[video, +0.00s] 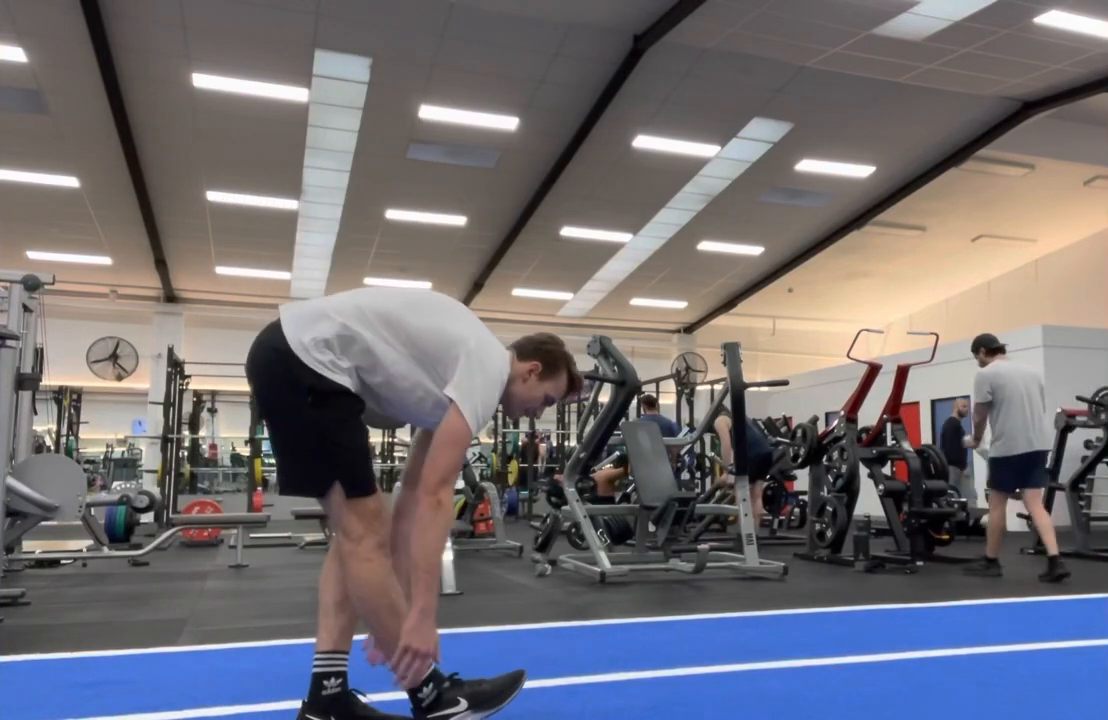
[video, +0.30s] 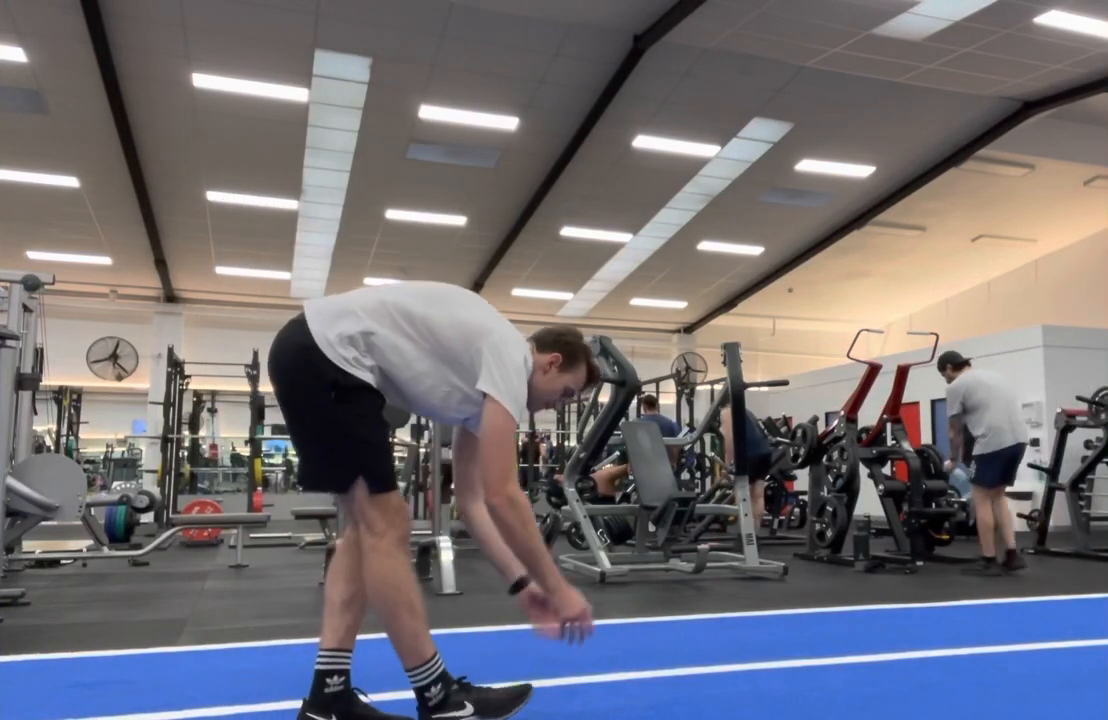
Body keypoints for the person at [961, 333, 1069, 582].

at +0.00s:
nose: (977, 362)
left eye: (976, 358)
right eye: (975, 358)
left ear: (982, 352)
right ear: (1002, 350)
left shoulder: (986, 374)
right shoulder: (1031, 372)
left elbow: (980, 416)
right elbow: (1041, 408)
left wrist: (976, 440)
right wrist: (1029, 434)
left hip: (1006, 448)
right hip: (1039, 445)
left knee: (997, 504)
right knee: (1035, 504)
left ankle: (990, 560)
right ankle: (1056, 561)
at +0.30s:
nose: (945, 380)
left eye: (944, 375)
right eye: (943, 376)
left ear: (949, 368)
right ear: (965, 364)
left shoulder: (956, 386)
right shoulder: (989, 376)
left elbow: (956, 431)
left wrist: (954, 460)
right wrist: (969, 456)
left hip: (992, 442)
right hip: (1018, 438)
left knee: (981, 498)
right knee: (998, 495)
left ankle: (989, 558)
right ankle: (1012, 552)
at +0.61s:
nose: (928, 405)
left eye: (927, 400)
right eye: (926, 402)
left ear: (931, 392)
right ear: (942, 388)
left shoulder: (943, 404)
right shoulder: (963, 394)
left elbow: (945, 446)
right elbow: (987, 430)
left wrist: (944, 478)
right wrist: (974, 463)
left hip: (993, 444)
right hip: (1010, 441)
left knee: (974, 498)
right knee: (985, 498)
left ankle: (988, 558)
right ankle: (982, 552)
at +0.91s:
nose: (920, 418)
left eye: (917, 414)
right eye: (917, 416)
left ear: (921, 406)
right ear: (928, 402)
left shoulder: (938, 411)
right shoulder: (952, 406)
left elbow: (944, 453)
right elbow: (962, 456)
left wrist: (944, 482)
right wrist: (947, 480)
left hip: (995, 442)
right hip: (1007, 439)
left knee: (976, 497)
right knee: (980, 499)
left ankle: (997, 555)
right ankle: (981, 554)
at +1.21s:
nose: (916, 434)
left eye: (913, 429)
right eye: (912, 431)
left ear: (917, 419)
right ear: (918, 420)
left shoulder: (937, 417)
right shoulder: (938, 426)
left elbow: (953, 457)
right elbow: (946, 465)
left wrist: (953, 487)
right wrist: (937, 496)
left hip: (1004, 438)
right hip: (992, 443)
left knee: (992, 495)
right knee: (980, 496)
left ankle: (1005, 559)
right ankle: (981, 554)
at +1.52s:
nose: (916, 441)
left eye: (913, 436)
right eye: (912, 439)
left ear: (915, 427)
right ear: (917, 425)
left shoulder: (938, 420)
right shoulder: (938, 430)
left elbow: (959, 457)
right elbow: (960, 460)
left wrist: (959, 487)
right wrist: (959, 491)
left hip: (1006, 440)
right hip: (991, 445)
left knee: (996, 496)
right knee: (981, 496)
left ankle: (1005, 559)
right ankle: (981, 554)